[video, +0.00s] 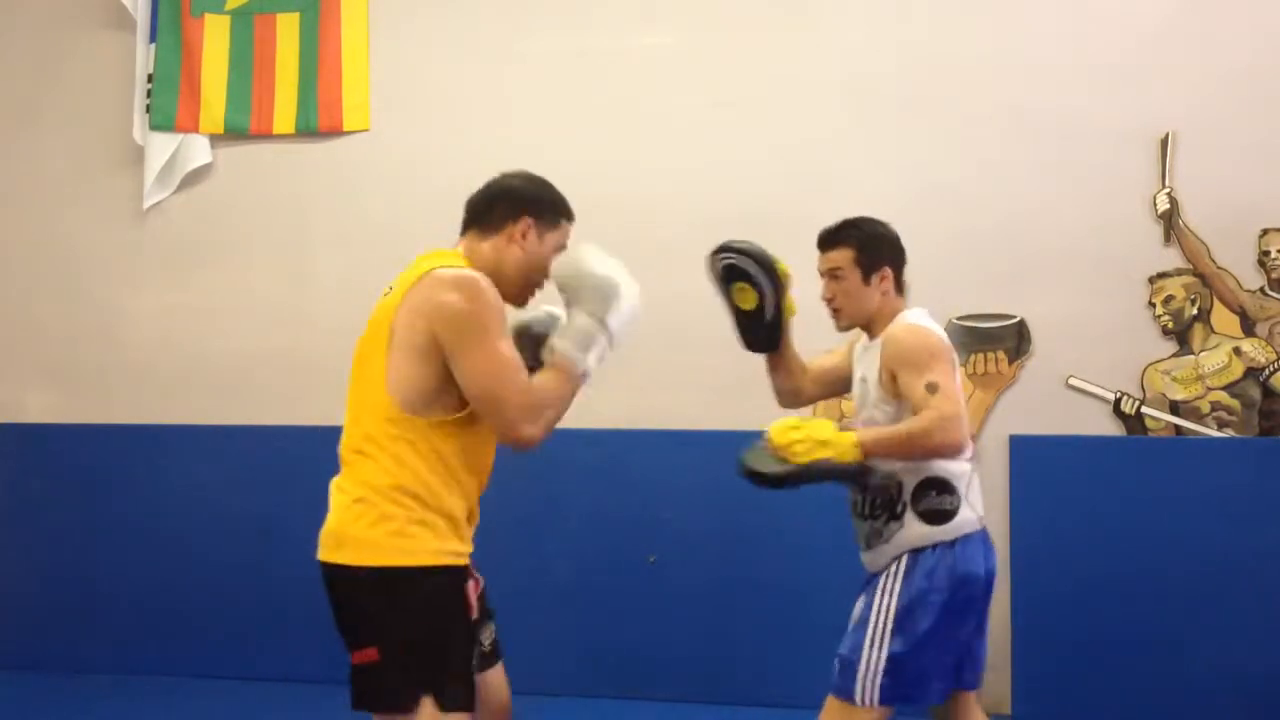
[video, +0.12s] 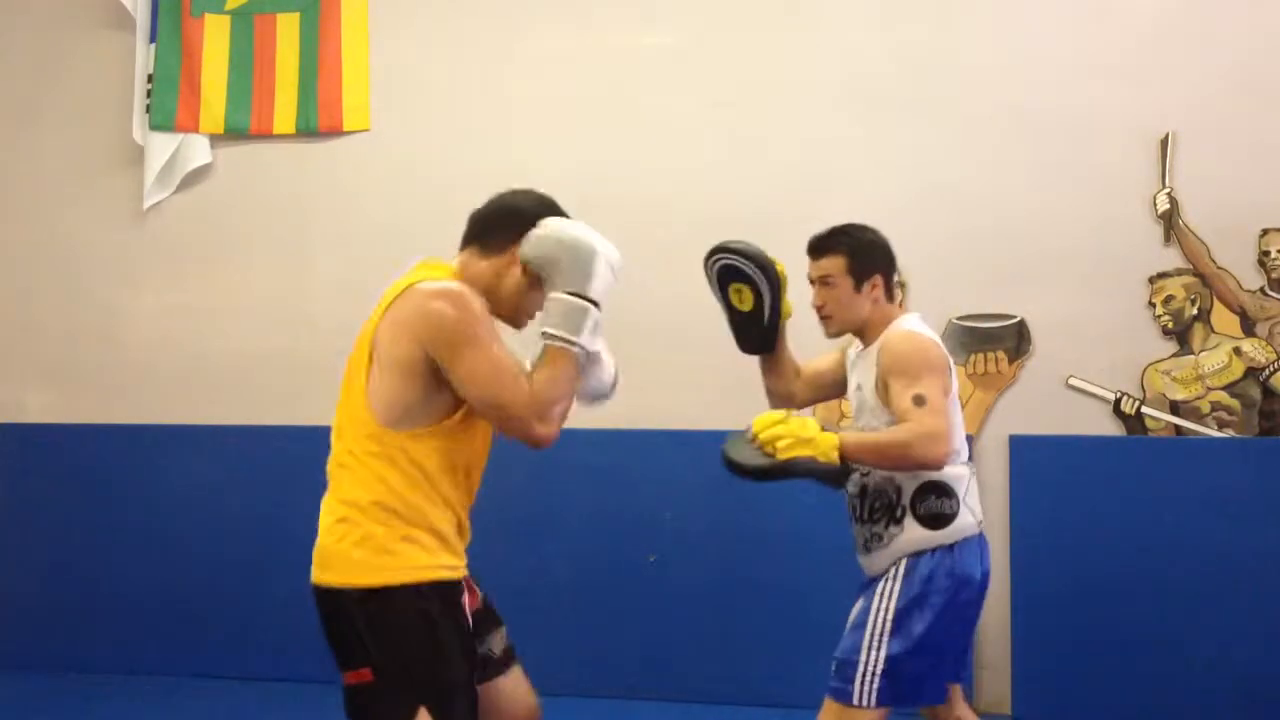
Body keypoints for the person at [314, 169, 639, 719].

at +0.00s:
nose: (551, 271)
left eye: (558, 256)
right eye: (554, 251)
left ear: (514, 230)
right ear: (521, 232)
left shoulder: (429, 280)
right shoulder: (461, 291)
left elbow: (435, 399)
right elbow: (525, 422)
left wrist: (520, 351)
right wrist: (587, 327)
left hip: (424, 551)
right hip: (398, 558)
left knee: (489, 702)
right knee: (429, 711)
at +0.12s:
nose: (542, 308)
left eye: (549, 295)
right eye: (543, 289)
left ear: (510, 254)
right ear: (517, 259)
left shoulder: (443, 298)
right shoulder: (441, 305)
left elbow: (501, 406)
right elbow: (537, 420)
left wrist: (565, 383)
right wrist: (573, 306)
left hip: (428, 569)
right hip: (385, 578)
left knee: (514, 707)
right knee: (425, 710)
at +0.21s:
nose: (538, 298)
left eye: (546, 286)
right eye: (541, 281)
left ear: (514, 254)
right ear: (515, 255)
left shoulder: (456, 309)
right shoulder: (430, 309)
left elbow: (507, 417)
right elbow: (522, 425)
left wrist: (561, 383)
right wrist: (562, 315)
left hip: (443, 566)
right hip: (390, 576)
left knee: (532, 702)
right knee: (426, 710)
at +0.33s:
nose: (568, 251)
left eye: (572, 237)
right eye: (569, 233)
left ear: (531, 224)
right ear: (536, 221)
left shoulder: (496, 302)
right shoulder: (424, 283)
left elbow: (540, 363)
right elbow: (480, 400)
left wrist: (628, 330)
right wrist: (555, 301)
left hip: (459, 543)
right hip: (387, 547)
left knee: (526, 702)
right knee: (407, 708)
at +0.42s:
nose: (578, 254)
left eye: (581, 243)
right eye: (575, 240)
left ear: (534, 228)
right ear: (540, 225)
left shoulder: (512, 299)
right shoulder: (432, 285)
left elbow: (619, 313)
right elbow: (465, 394)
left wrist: (708, 296)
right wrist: (549, 302)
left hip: (453, 539)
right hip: (384, 538)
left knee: (514, 704)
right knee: (412, 707)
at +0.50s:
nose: (580, 267)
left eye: (586, 256)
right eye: (580, 252)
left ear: (542, 235)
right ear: (543, 234)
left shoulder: (516, 307)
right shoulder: (437, 292)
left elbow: (591, 352)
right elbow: (443, 414)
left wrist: (691, 322)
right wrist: (542, 337)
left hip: (459, 539)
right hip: (390, 538)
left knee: (516, 703)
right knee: (416, 707)